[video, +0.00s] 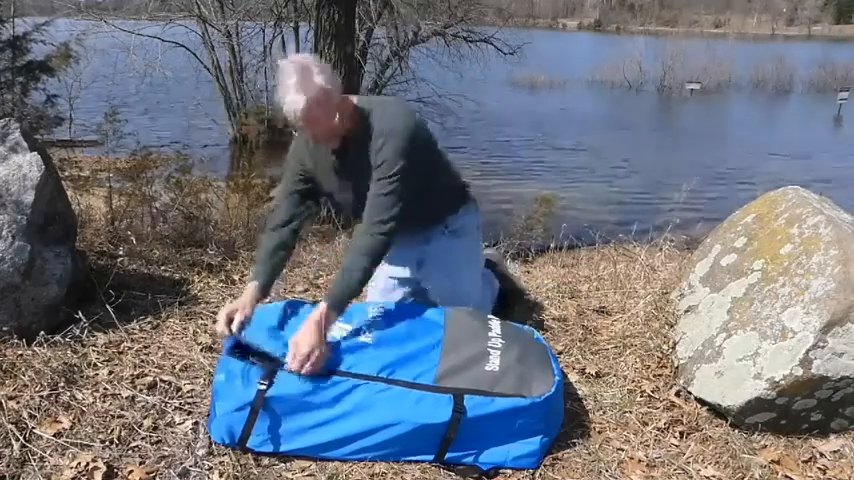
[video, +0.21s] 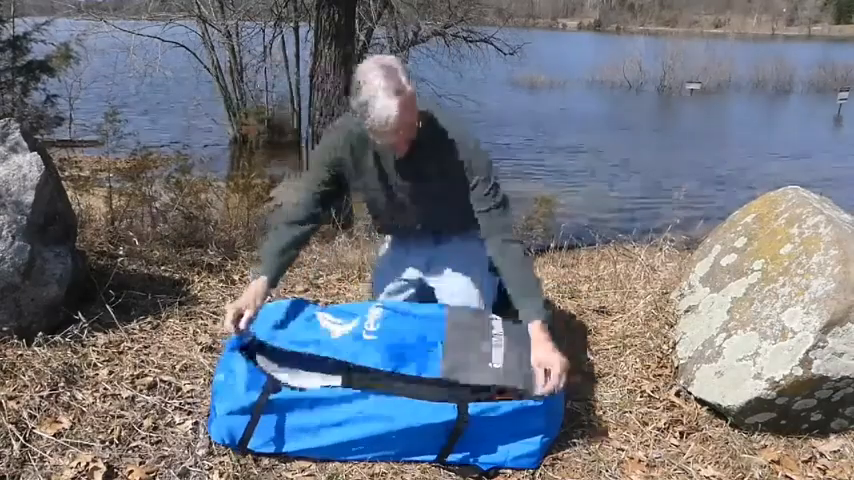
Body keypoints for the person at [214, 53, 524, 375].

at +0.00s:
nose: (309, 134)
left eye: (313, 122)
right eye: (301, 125)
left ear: (338, 104)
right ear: (297, 120)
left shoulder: (394, 128)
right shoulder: (306, 146)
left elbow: (376, 231)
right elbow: (283, 223)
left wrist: (323, 318)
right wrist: (251, 296)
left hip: (448, 230)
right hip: (390, 236)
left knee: (462, 333)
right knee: (369, 336)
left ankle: (491, 280)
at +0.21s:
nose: (403, 145)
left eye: (410, 131)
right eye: (390, 137)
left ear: (418, 107)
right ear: (364, 121)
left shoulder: (456, 142)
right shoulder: (344, 141)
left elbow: (501, 236)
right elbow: (300, 213)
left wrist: (538, 332)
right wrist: (260, 285)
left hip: (461, 246)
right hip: (400, 246)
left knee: (465, 349)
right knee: (382, 340)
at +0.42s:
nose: (350, 134)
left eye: (357, 125)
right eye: (345, 126)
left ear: (391, 107)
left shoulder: (458, 132)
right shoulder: (344, 132)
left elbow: (474, 219)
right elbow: (312, 196)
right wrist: (265, 261)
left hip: (456, 243)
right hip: (397, 242)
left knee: (458, 348)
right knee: (376, 339)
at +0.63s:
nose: (294, 137)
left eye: (299, 128)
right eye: (290, 130)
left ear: (331, 110)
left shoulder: (400, 134)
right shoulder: (315, 128)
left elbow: (374, 227)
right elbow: (299, 197)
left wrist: (317, 267)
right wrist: (263, 257)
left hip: (447, 226)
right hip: (388, 231)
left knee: (458, 330)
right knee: (377, 333)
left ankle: (486, 286)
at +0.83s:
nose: (312, 128)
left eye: (316, 117)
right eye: (306, 120)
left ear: (338, 96)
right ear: (301, 111)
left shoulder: (399, 127)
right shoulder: (312, 130)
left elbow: (393, 223)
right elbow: (304, 196)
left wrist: (339, 269)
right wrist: (268, 251)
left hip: (445, 228)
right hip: (389, 232)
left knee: (461, 325)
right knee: (373, 332)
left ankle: (484, 285)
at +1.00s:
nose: (366, 128)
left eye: (369, 117)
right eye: (354, 121)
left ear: (383, 92)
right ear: (335, 109)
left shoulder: (433, 122)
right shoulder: (321, 129)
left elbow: (489, 187)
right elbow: (319, 197)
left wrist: (495, 267)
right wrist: (275, 255)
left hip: (452, 236)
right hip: (390, 242)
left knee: (457, 350)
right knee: (371, 341)